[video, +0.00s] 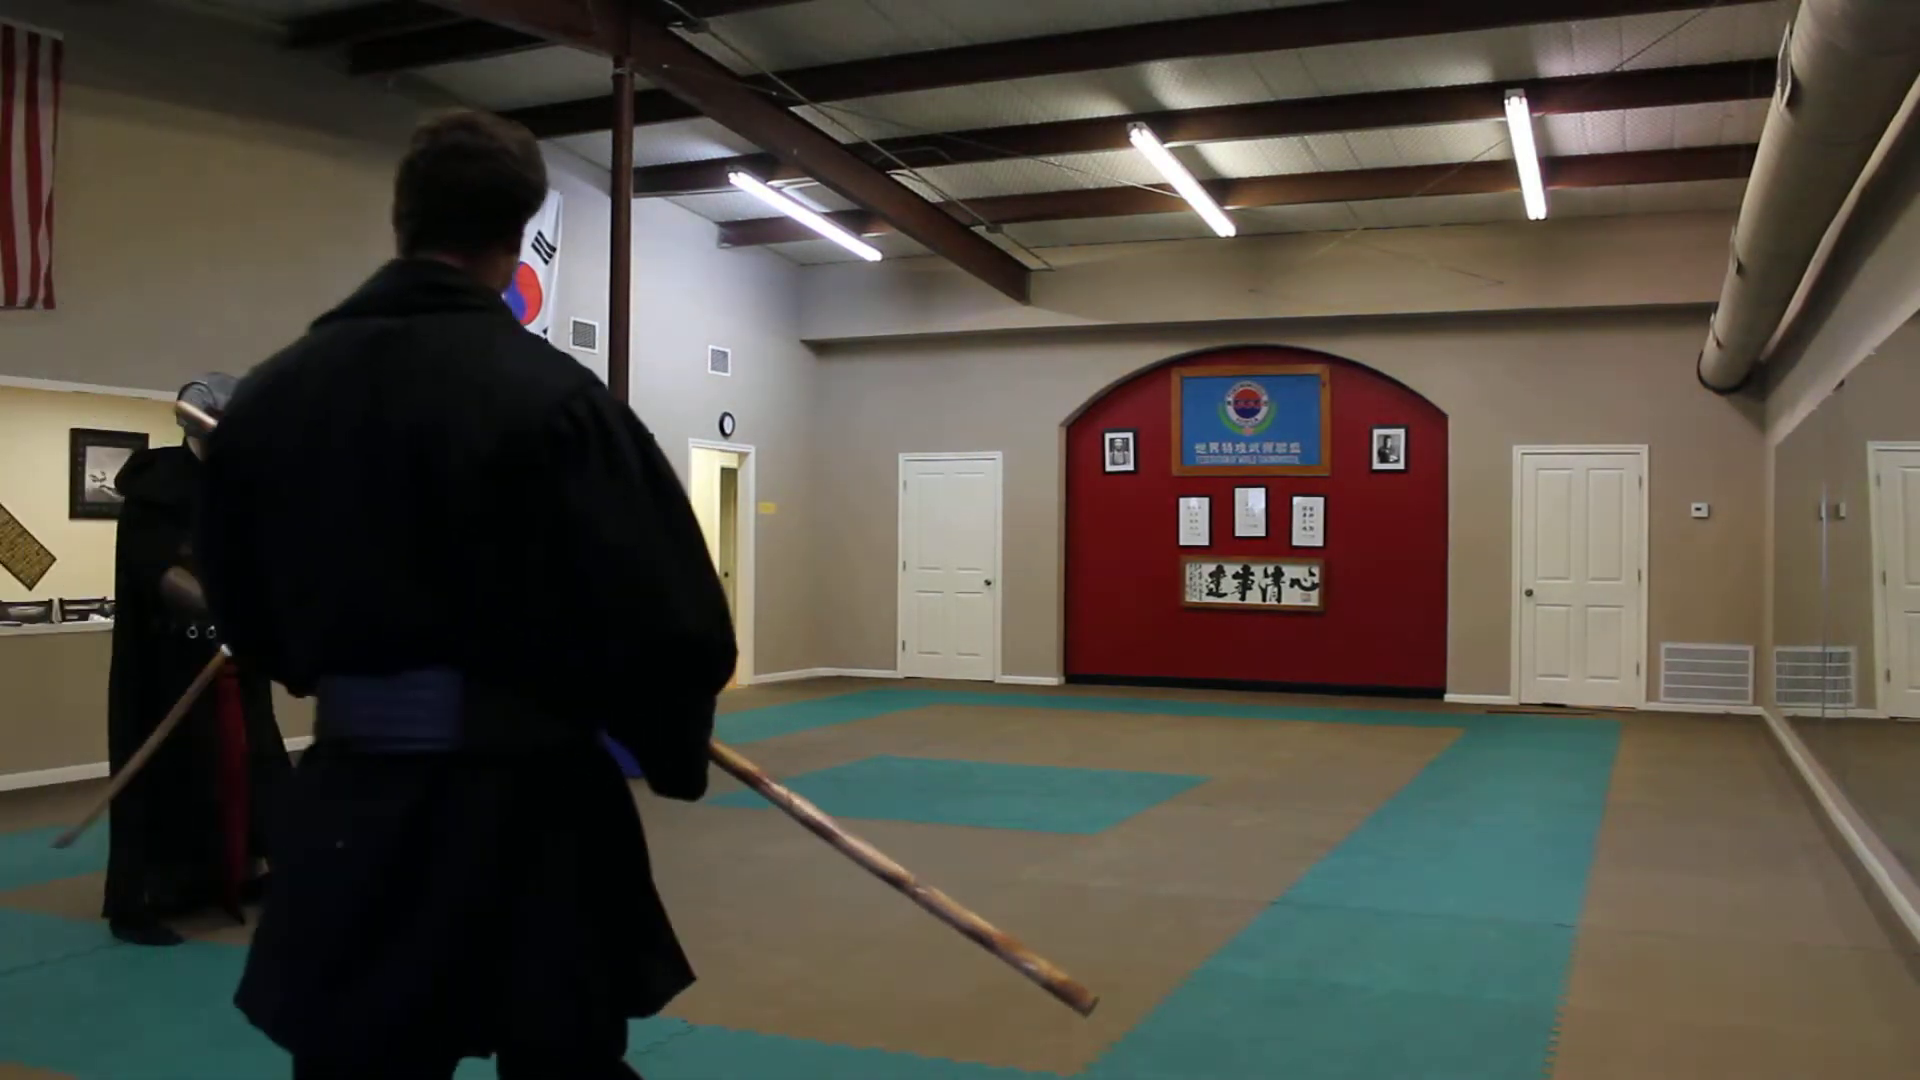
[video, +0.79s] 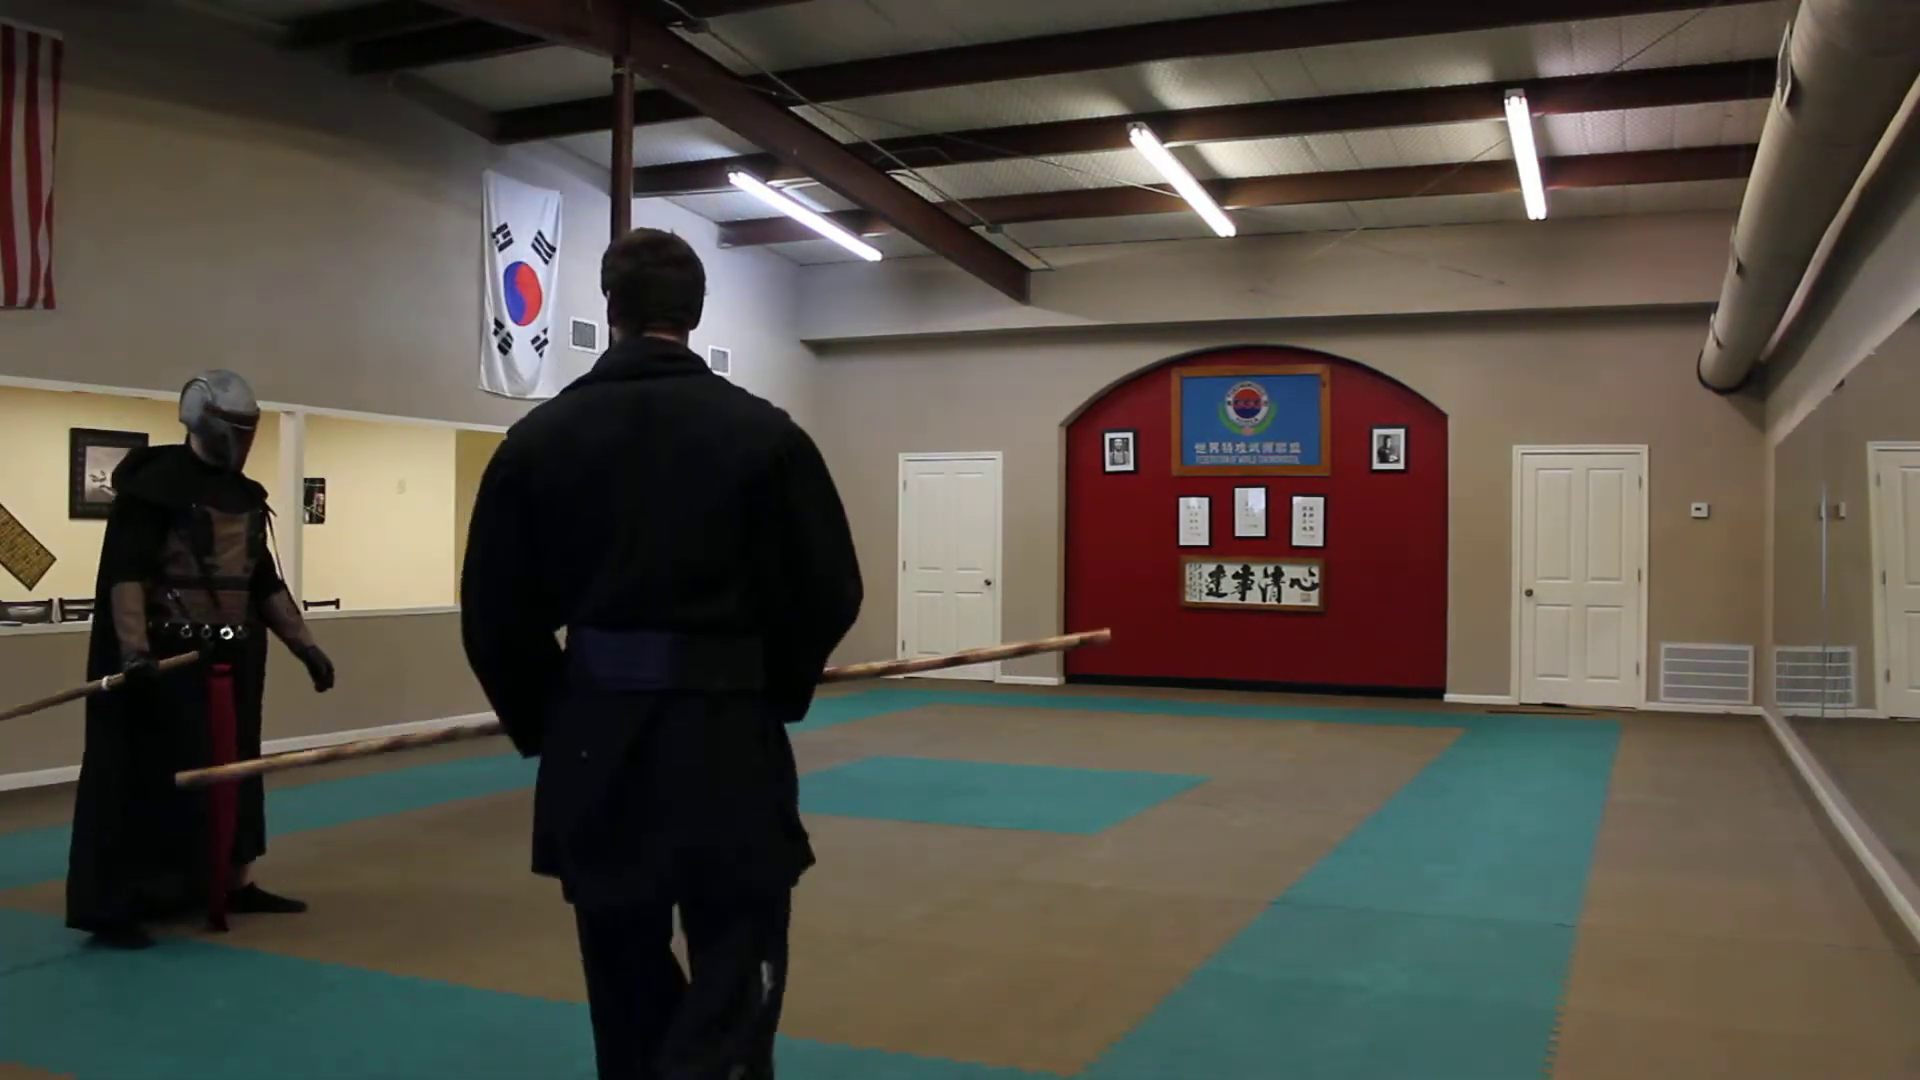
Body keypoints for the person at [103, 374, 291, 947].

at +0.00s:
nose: (230, 434)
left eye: (234, 424)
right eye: (223, 423)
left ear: (232, 424)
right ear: (199, 420)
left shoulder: (245, 479)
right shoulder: (161, 475)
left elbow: (258, 563)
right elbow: (143, 559)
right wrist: (205, 606)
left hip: (230, 651)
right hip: (161, 654)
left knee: (244, 764)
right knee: (154, 771)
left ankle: (237, 876)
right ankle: (135, 904)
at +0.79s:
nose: (245, 439)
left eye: (249, 427)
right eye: (234, 427)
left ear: (250, 427)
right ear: (199, 422)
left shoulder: (245, 497)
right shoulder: (153, 478)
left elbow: (264, 581)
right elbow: (125, 571)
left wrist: (305, 645)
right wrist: (135, 653)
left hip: (229, 663)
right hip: (156, 662)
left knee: (233, 768)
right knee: (137, 779)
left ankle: (232, 885)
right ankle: (114, 909)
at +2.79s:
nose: (242, 436)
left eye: (244, 426)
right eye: (233, 425)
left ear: (222, 424)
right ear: (197, 422)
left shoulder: (228, 494)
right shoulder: (149, 484)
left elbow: (241, 586)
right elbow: (135, 583)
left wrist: (280, 651)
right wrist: (158, 662)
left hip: (219, 664)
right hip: (155, 664)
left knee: (230, 776)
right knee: (143, 782)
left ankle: (234, 889)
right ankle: (119, 912)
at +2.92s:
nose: (242, 437)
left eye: (244, 426)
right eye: (233, 426)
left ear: (224, 424)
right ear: (196, 422)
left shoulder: (228, 494)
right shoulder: (150, 485)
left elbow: (241, 587)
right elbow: (135, 585)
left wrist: (279, 651)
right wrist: (157, 663)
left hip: (221, 663)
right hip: (156, 662)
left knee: (232, 776)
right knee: (145, 781)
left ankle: (235, 888)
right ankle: (120, 911)